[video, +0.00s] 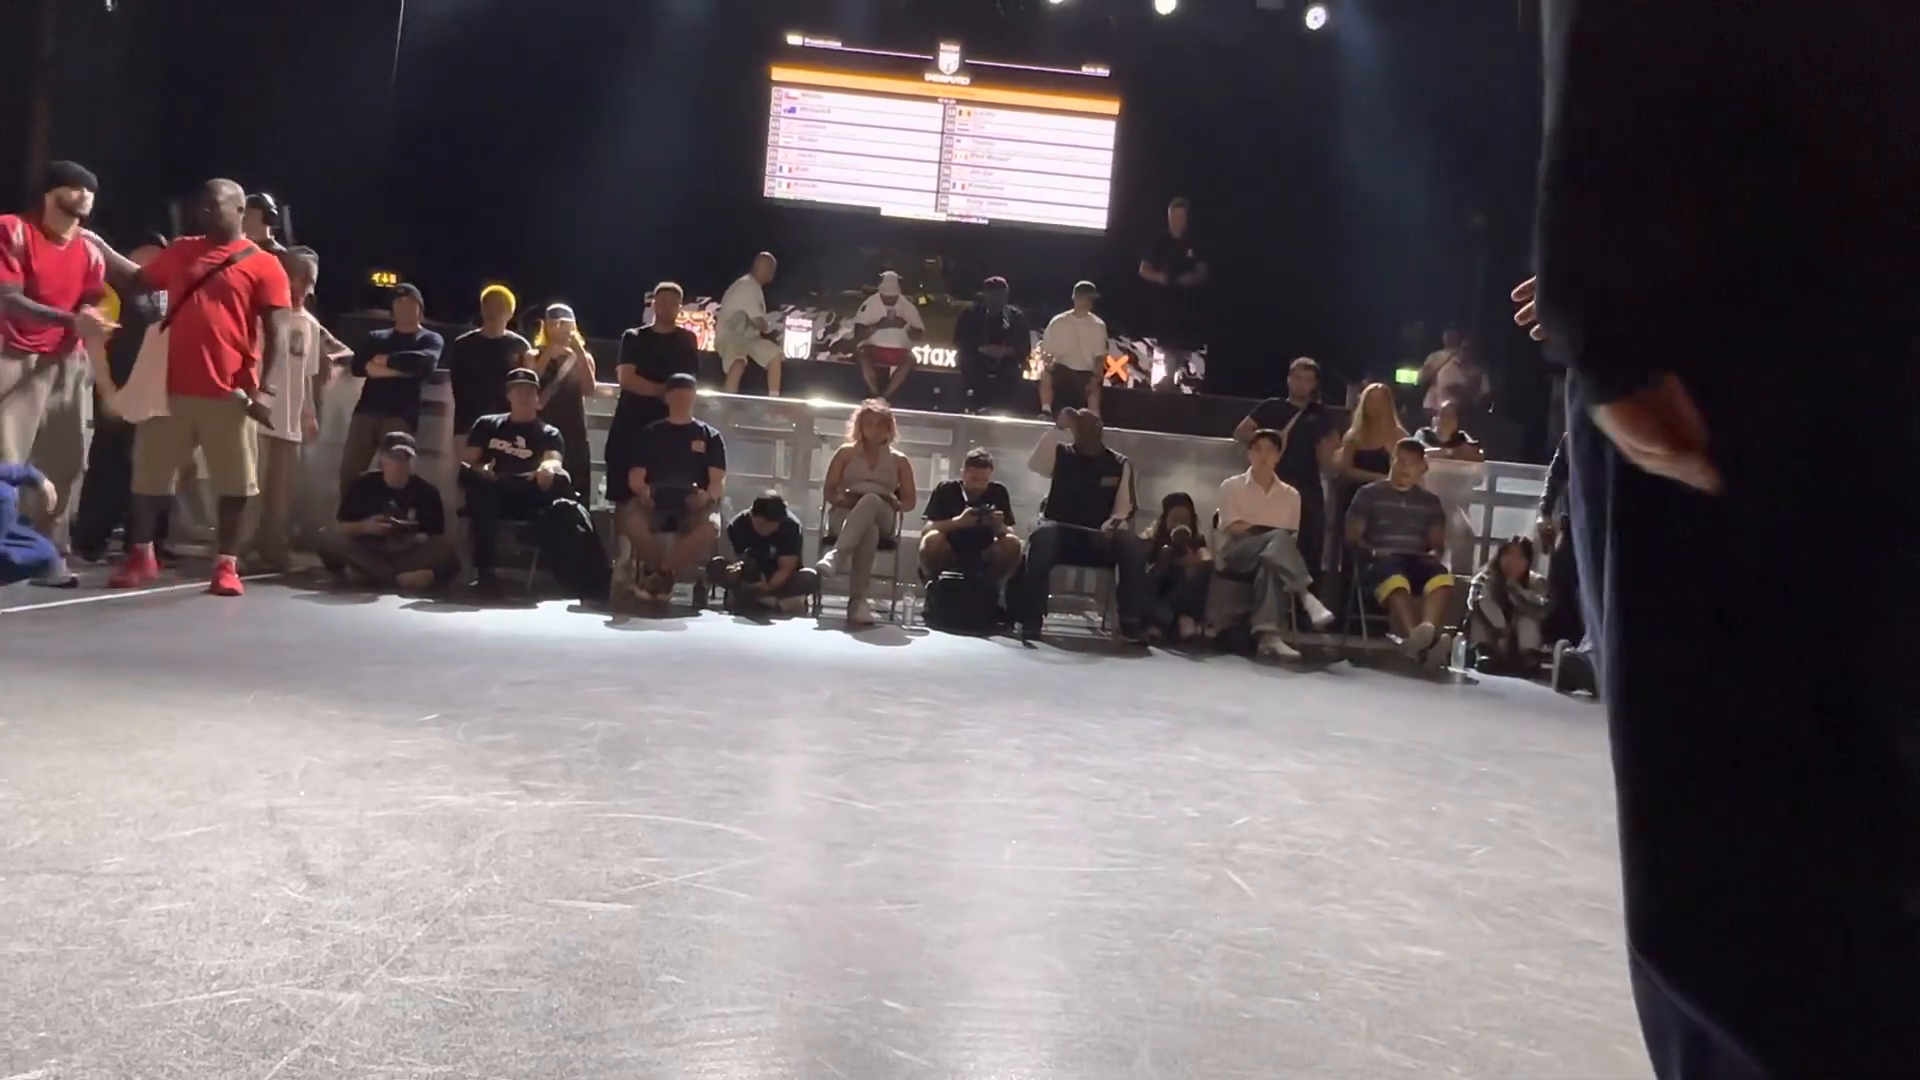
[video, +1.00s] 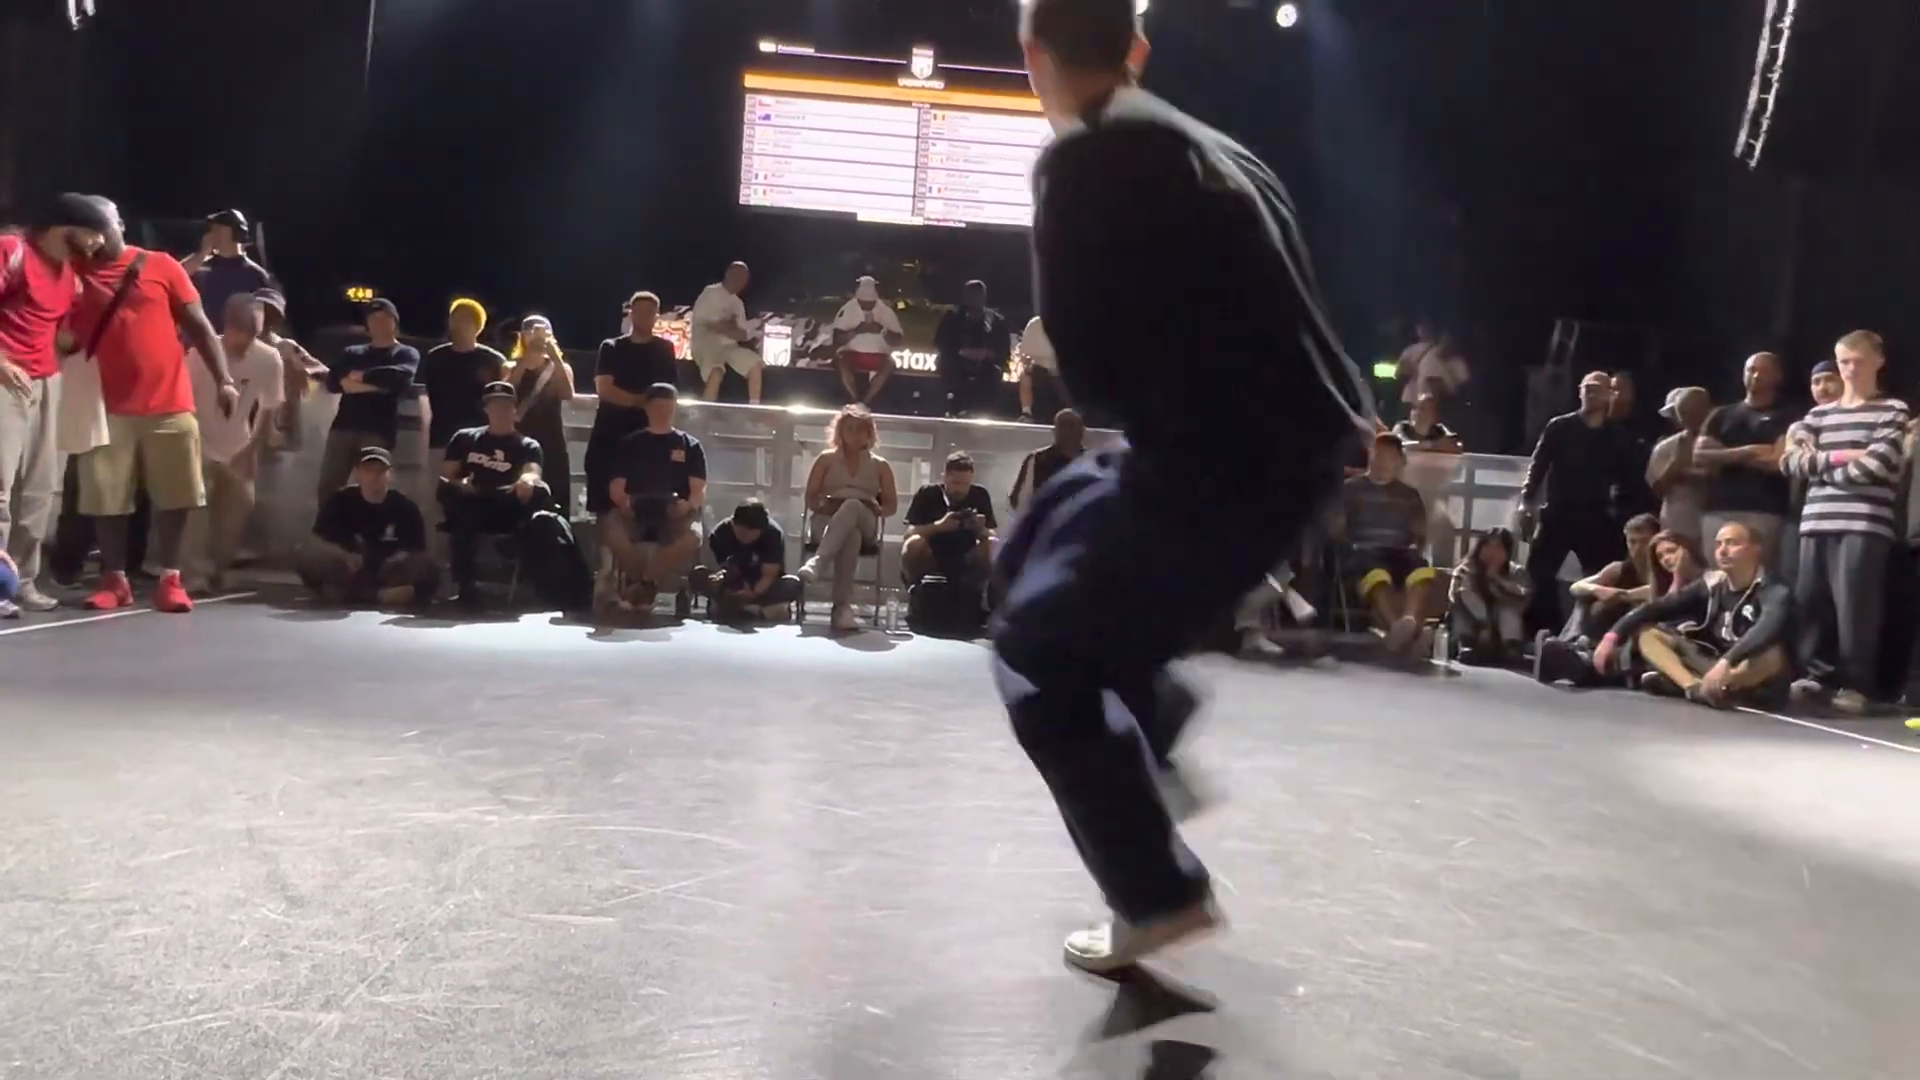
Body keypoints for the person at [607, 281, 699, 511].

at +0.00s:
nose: (668, 307)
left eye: (673, 302)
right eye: (663, 301)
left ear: (679, 307)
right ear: (654, 304)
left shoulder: (687, 339)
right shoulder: (633, 336)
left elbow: (688, 386)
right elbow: (625, 378)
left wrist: (639, 380)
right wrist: (664, 391)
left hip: (668, 424)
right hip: (631, 421)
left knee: (665, 491)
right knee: (624, 493)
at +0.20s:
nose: (663, 309)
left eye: (668, 304)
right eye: (658, 303)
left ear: (675, 309)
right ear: (650, 307)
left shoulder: (683, 341)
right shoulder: (630, 338)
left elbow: (684, 388)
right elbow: (622, 381)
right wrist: (661, 393)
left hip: (665, 428)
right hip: (628, 425)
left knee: (661, 494)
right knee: (621, 497)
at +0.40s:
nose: (658, 310)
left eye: (664, 305)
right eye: (653, 304)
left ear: (671, 310)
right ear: (645, 307)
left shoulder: (679, 342)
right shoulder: (625, 339)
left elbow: (680, 388)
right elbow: (617, 382)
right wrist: (657, 394)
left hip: (660, 428)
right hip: (623, 425)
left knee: (657, 495)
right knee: (616, 498)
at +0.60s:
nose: (654, 312)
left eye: (660, 307)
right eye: (649, 306)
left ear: (667, 313)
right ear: (641, 309)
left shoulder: (675, 344)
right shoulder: (622, 341)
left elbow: (677, 391)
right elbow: (614, 385)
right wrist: (654, 396)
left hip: (657, 431)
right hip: (620, 428)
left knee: (653, 499)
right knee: (613, 500)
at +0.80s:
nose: (652, 314)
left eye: (657, 310)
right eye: (646, 309)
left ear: (663, 314)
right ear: (637, 312)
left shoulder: (671, 346)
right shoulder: (617, 344)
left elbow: (672, 393)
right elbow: (609, 387)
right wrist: (649, 398)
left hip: (653, 433)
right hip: (616, 430)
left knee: (650, 501)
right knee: (610, 503)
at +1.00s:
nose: (645, 317)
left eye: (650, 312)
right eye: (640, 311)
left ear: (656, 316)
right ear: (630, 314)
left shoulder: (664, 348)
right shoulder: (611, 346)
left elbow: (667, 396)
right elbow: (604, 390)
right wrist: (642, 401)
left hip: (647, 435)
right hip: (611, 432)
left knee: (645, 502)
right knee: (605, 504)